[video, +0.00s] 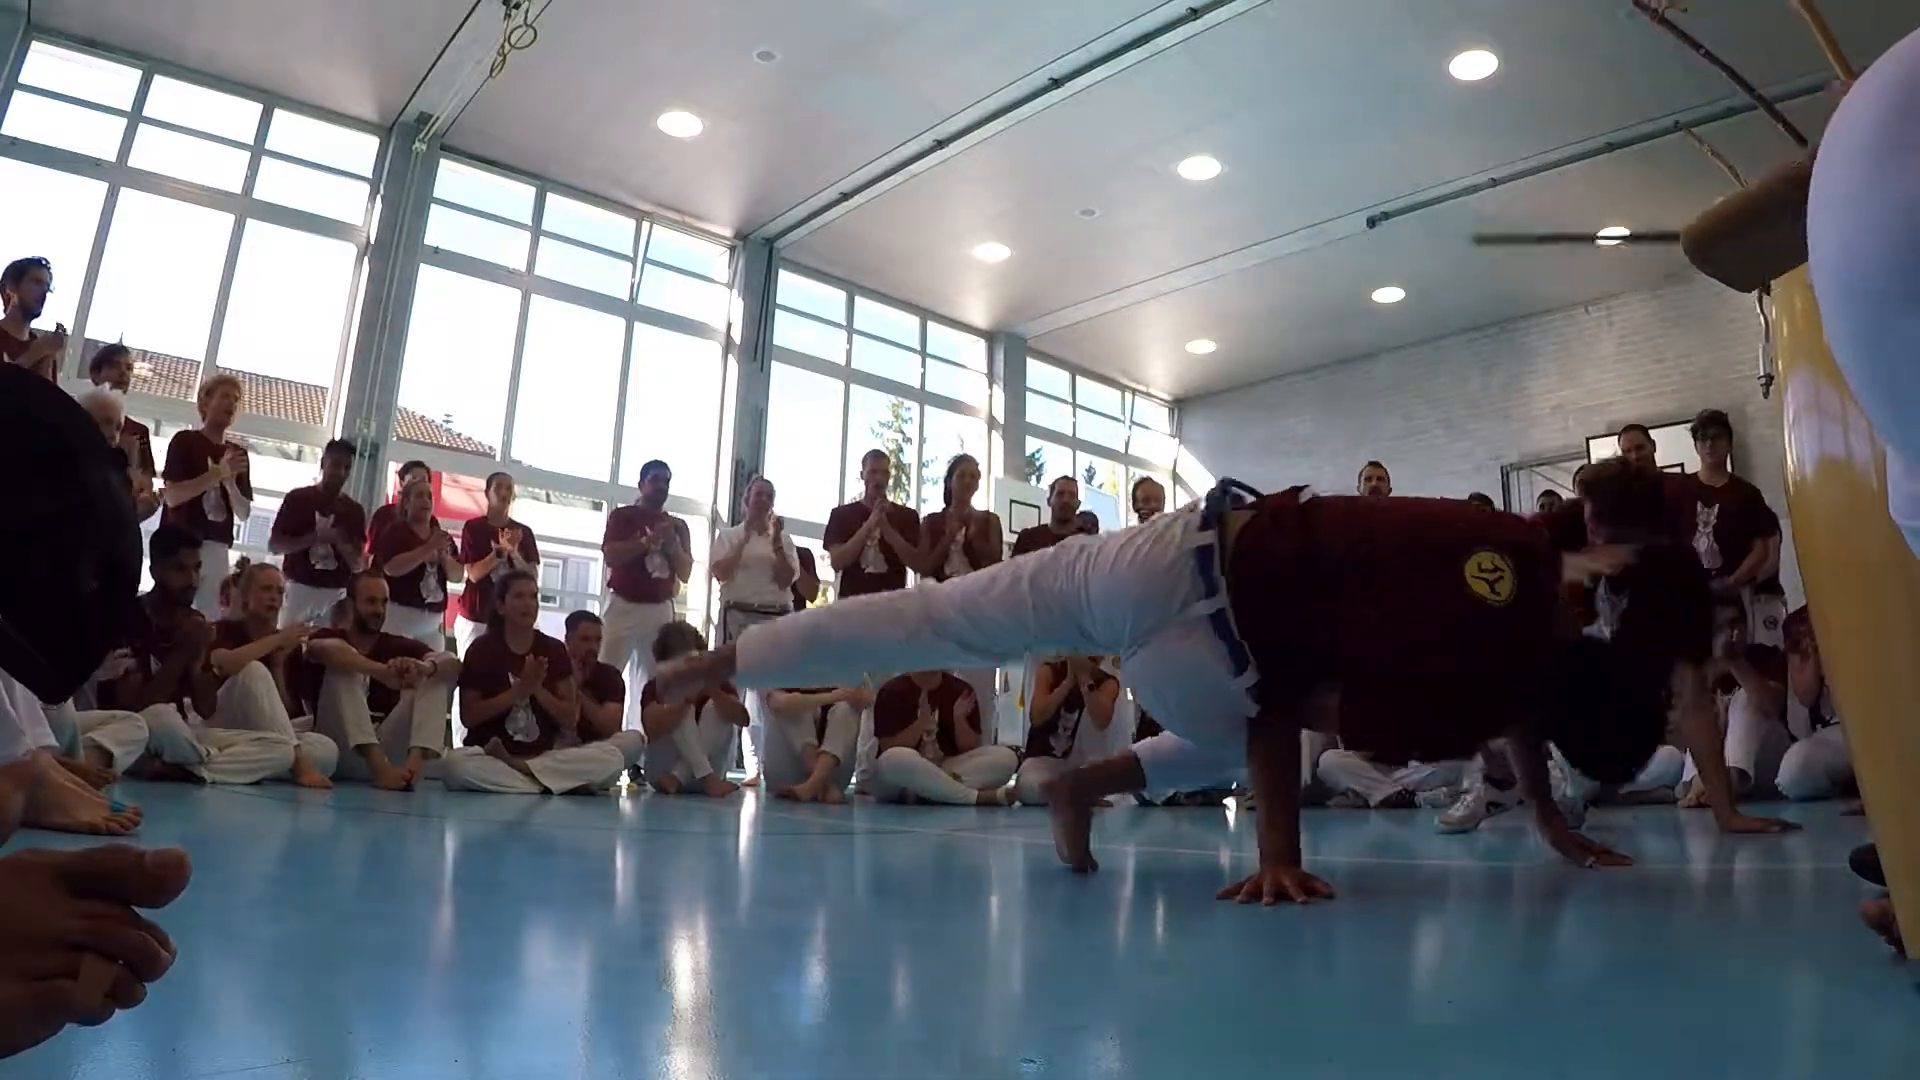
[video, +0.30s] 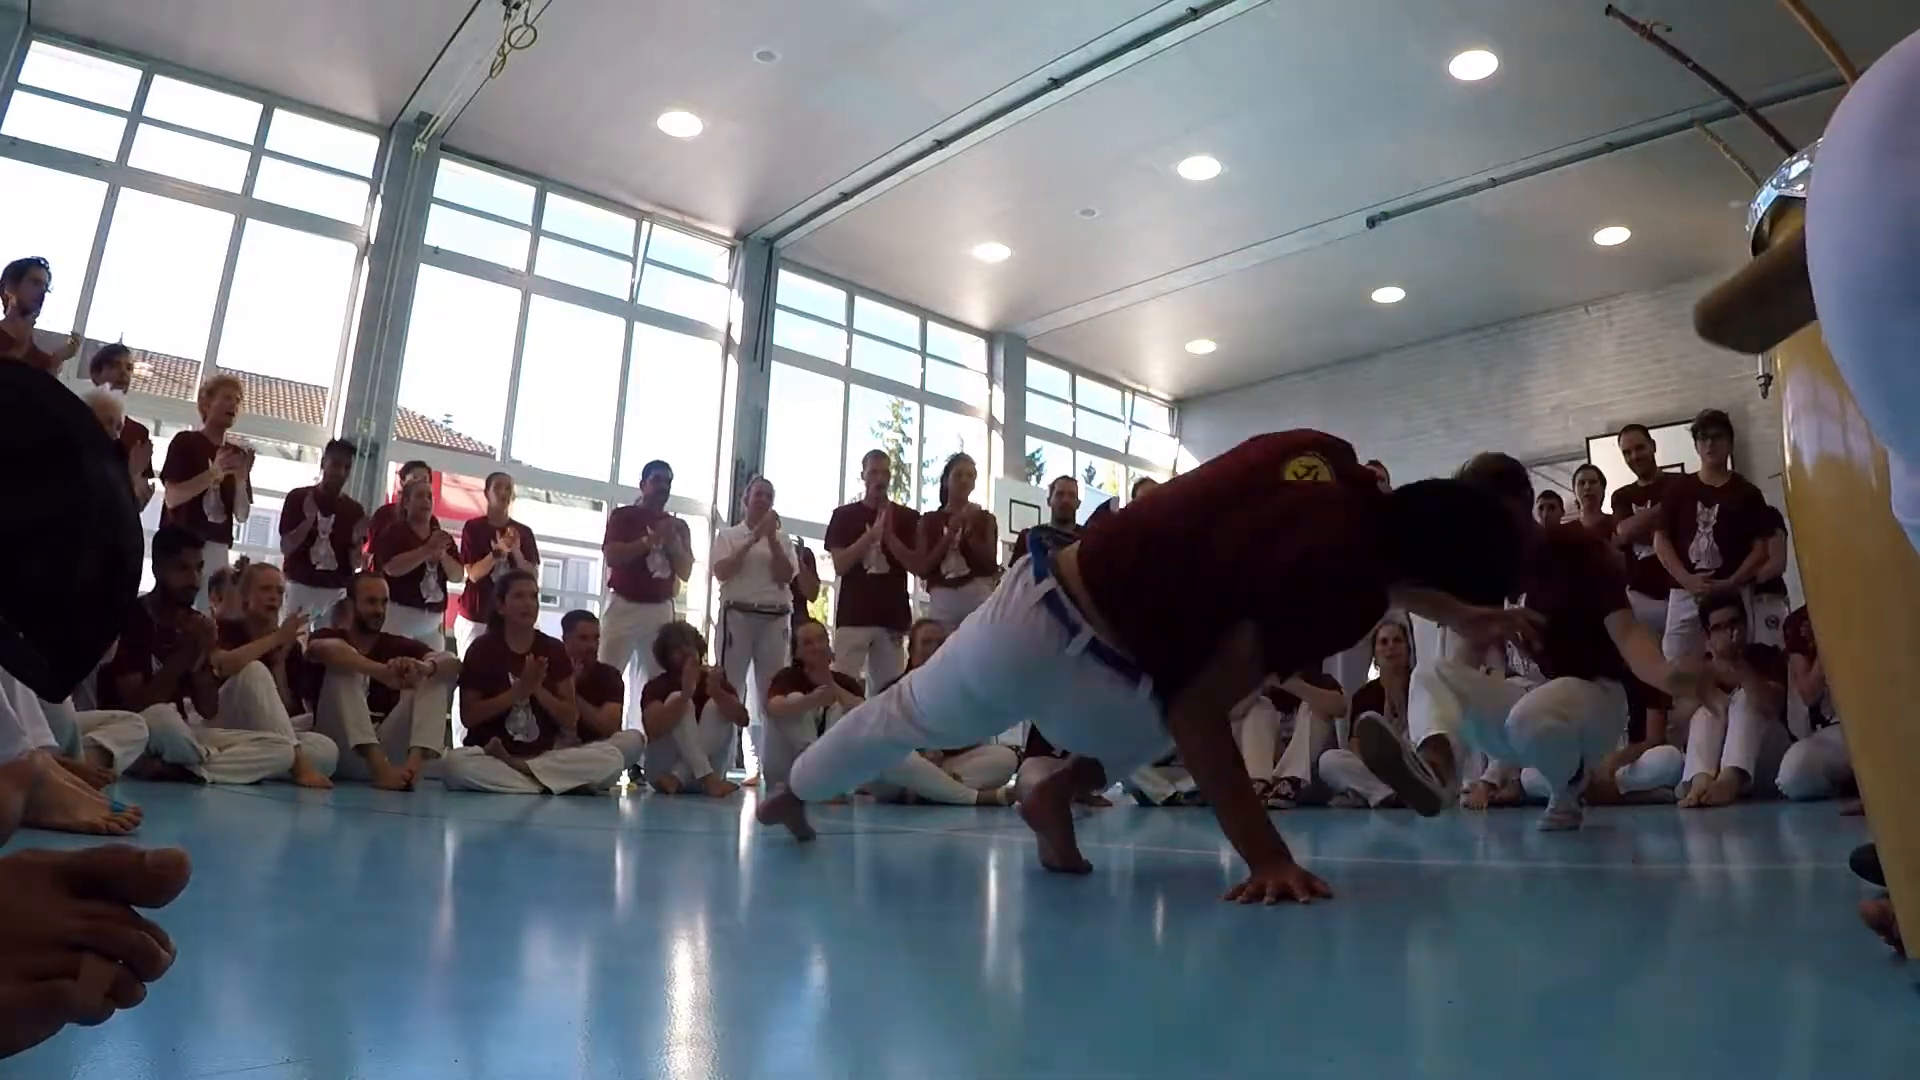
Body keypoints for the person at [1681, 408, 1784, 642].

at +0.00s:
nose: (1709, 445)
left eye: (1717, 438)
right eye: (1703, 439)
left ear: (1729, 443)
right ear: (1695, 444)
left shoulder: (1746, 493)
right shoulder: (1679, 489)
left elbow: (1761, 550)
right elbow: (1668, 539)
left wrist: (1732, 581)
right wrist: (1685, 577)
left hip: (1730, 590)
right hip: (1689, 588)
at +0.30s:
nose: (1710, 444)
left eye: (1717, 438)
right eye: (1703, 438)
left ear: (1730, 443)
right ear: (1696, 444)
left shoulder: (1748, 493)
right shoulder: (1677, 488)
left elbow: (1760, 550)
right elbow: (1660, 541)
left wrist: (1730, 583)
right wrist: (1687, 579)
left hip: (1730, 593)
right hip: (1685, 595)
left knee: (1734, 669)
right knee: (1678, 668)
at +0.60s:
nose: (1710, 445)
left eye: (1717, 438)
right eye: (1704, 439)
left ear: (1730, 443)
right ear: (1696, 445)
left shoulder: (1746, 488)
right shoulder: (1677, 488)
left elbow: (1762, 550)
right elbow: (1660, 541)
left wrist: (1726, 585)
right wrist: (1686, 579)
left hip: (1732, 592)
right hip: (1685, 594)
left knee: (1735, 670)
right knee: (1670, 671)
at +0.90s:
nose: (1709, 445)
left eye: (1716, 438)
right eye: (1703, 439)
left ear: (1728, 443)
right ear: (1695, 445)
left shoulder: (1747, 488)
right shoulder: (1677, 488)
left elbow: (1760, 551)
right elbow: (1659, 541)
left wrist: (1726, 585)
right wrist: (1686, 579)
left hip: (1731, 592)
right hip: (1684, 594)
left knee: (1734, 669)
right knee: (1670, 671)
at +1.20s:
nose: (1708, 445)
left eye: (1715, 438)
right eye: (1702, 439)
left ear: (1728, 443)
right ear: (1694, 445)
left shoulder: (1748, 490)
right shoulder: (1676, 488)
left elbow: (1760, 551)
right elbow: (1658, 540)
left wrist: (1725, 586)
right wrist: (1685, 579)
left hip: (1730, 592)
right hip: (1684, 594)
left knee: (1734, 669)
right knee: (1670, 671)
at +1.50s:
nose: (1706, 446)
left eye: (1714, 440)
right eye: (1701, 440)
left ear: (1730, 445)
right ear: (1696, 445)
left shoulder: (1749, 491)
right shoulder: (1677, 488)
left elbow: (1759, 550)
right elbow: (1658, 539)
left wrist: (1726, 586)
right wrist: (1684, 579)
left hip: (1731, 594)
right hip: (1683, 596)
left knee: (1735, 671)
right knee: (1669, 673)